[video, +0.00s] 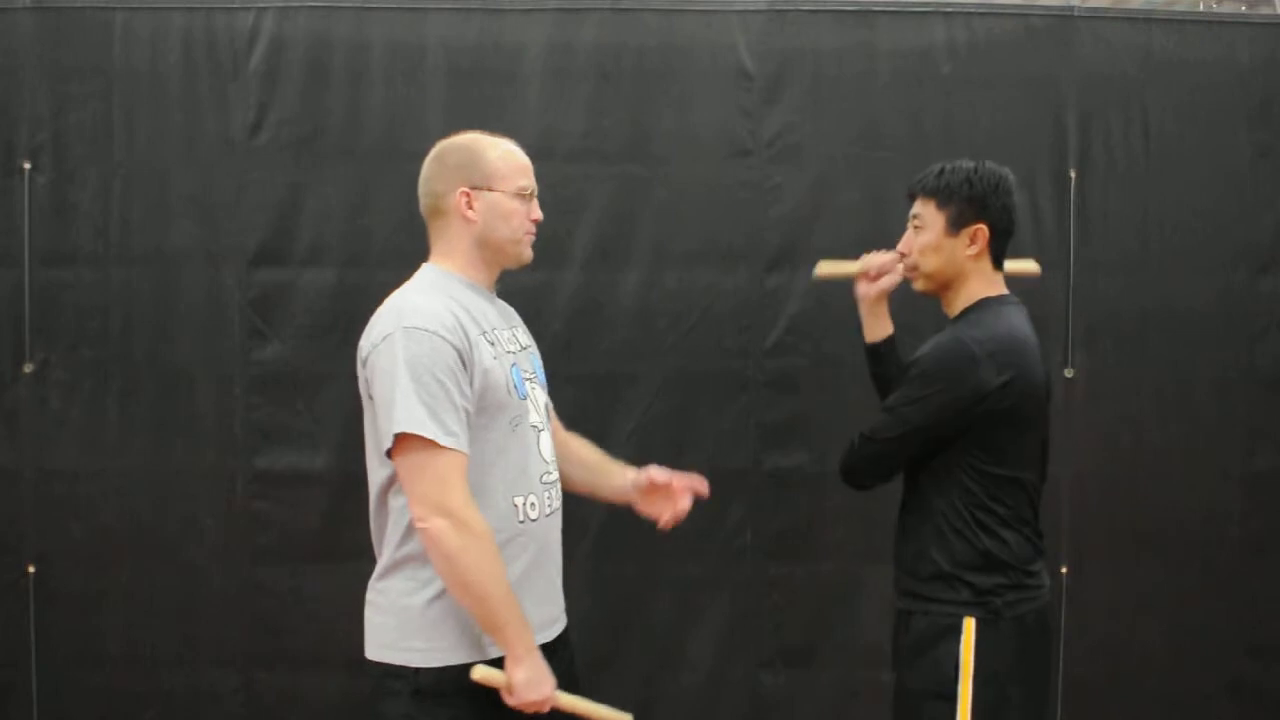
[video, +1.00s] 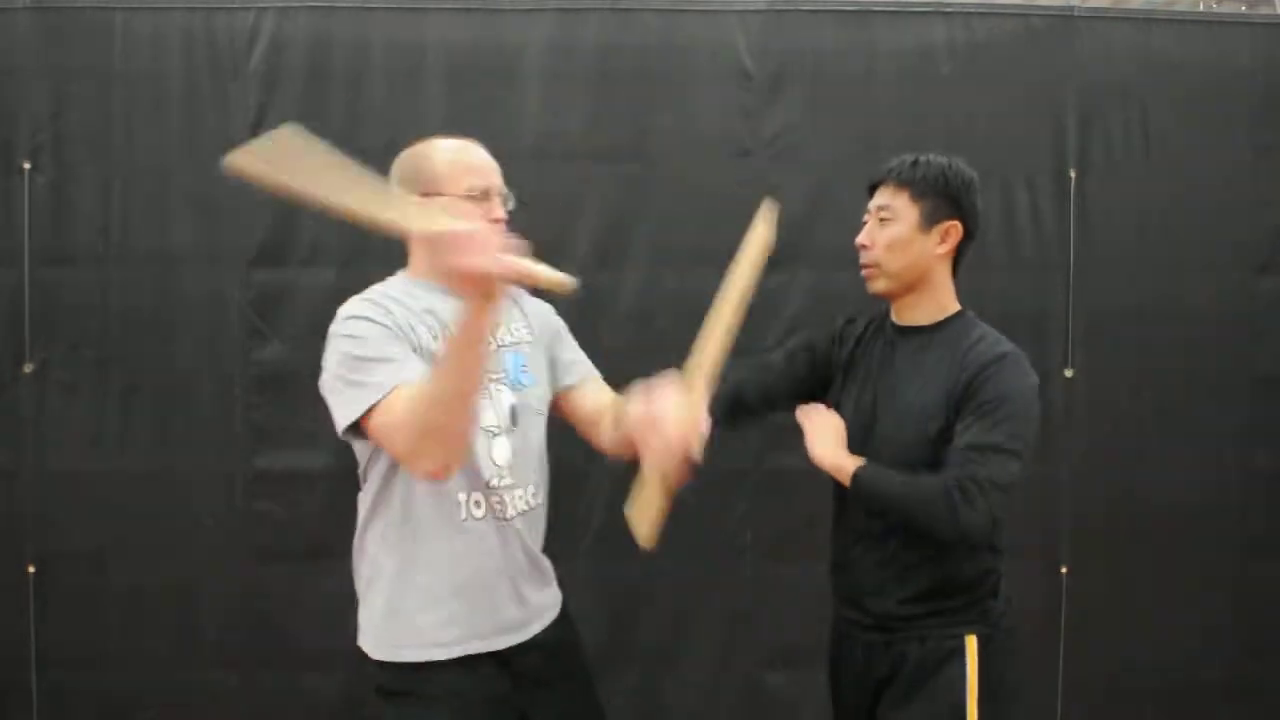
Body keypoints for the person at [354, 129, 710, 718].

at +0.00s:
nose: (538, 214)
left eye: (536, 198)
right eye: (524, 196)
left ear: (473, 205)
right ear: (468, 203)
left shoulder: (502, 320)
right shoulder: (417, 328)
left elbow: (550, 442)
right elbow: (441, 513)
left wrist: (631, 485)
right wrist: (520, 649)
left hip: (537, 645)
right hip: (443, 662)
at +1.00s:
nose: (502, 212)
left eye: (503, 196)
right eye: (478, 197)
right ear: (420, 214)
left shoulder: (532, 315)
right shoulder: (367, 323)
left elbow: (608, 424)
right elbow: (431, 451)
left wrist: (654, 407)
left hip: (534, 623)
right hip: (425, 647)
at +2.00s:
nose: (587, 225)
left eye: (583, 209)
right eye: (572, 208)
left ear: (522, 220)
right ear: (522, 218)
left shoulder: (459, 317)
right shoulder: (566, 319)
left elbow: (544, 411)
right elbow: (682, 424)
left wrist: (626, 359)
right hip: (529, 637)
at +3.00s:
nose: (547, 231)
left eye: (547, 216)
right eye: (529, 213)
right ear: (472, 220)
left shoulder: (543, 337)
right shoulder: (414, 323)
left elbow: (589, 457)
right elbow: (498, 366)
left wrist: (640, 477)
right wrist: (455, 218)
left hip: (560, 634)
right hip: (459, 652)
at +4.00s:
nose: (512, 213)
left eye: (507, 195)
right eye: (493, 197)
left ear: (436, 219)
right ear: (432, 216)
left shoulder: (480, 281)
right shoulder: (428, 311)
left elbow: (600, 258)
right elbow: (613, 335)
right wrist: (652, 289)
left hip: (527, 622)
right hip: (443, 641)